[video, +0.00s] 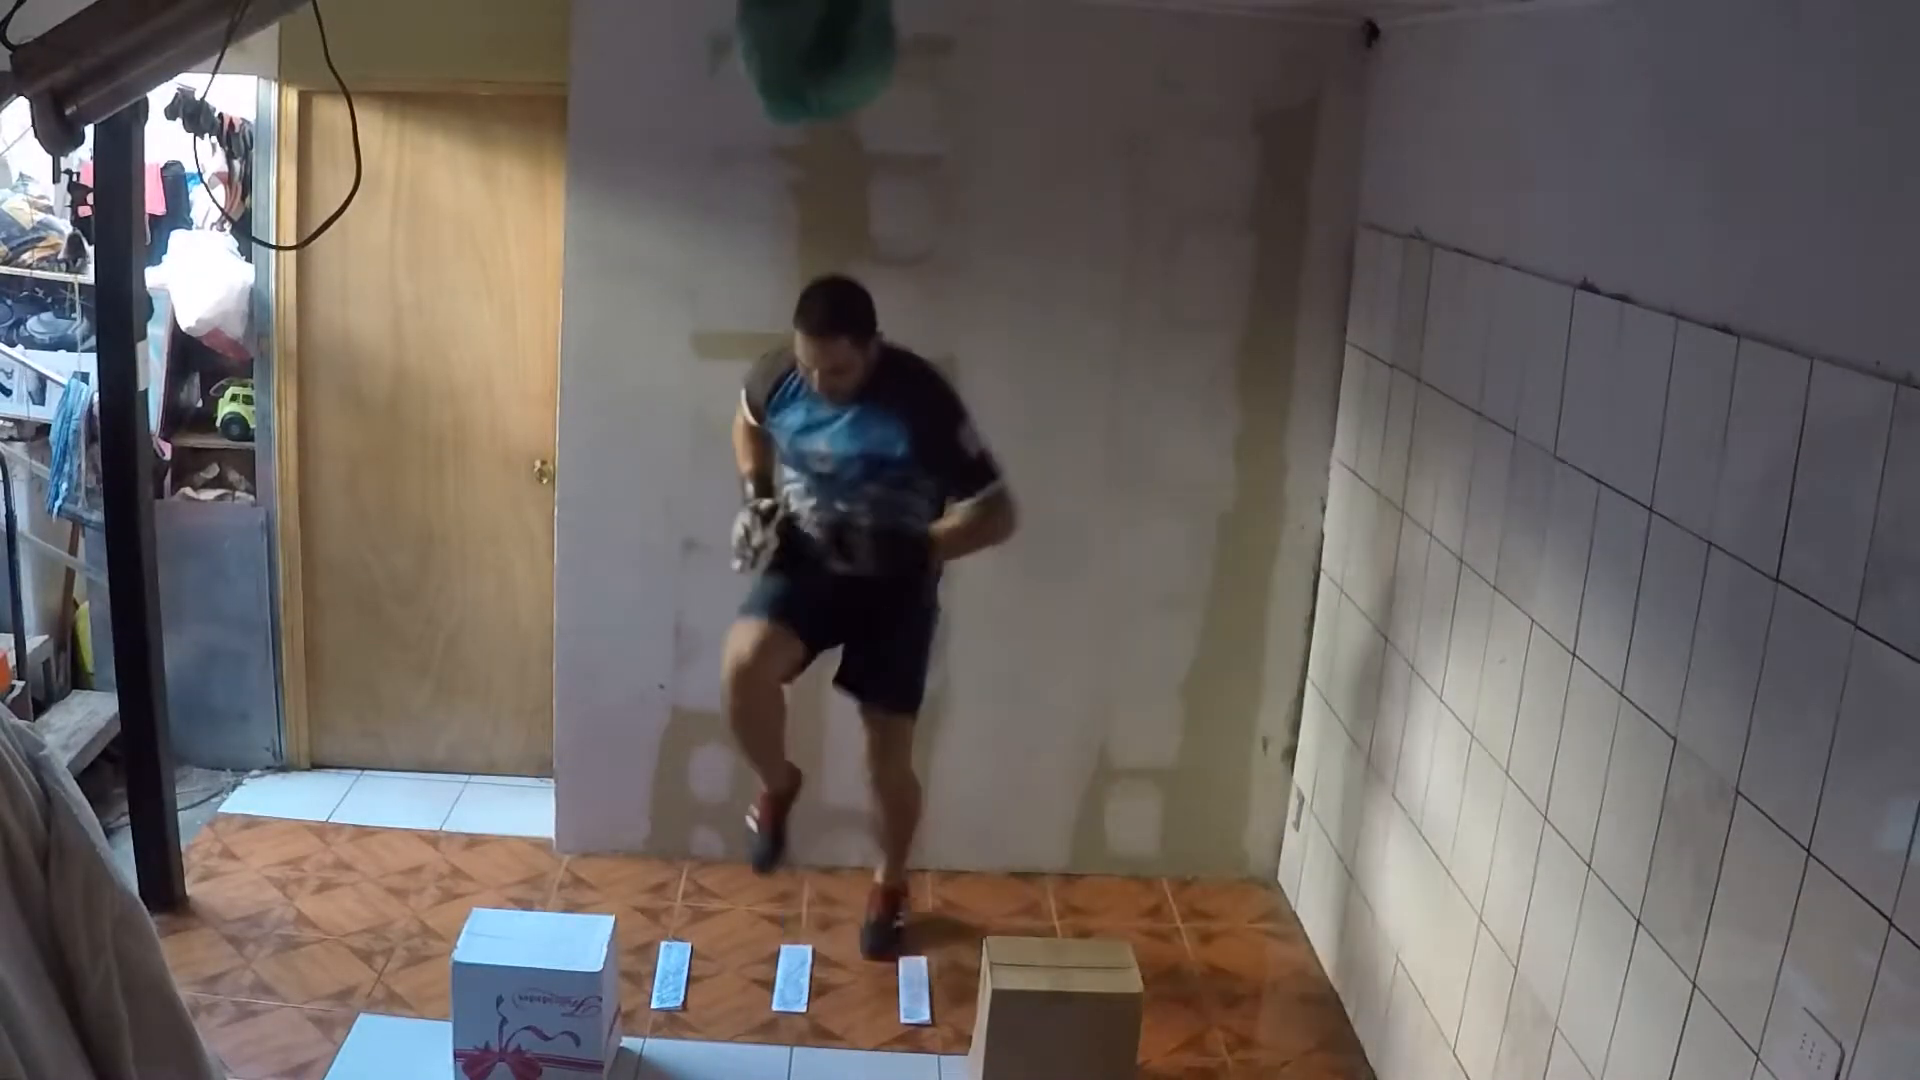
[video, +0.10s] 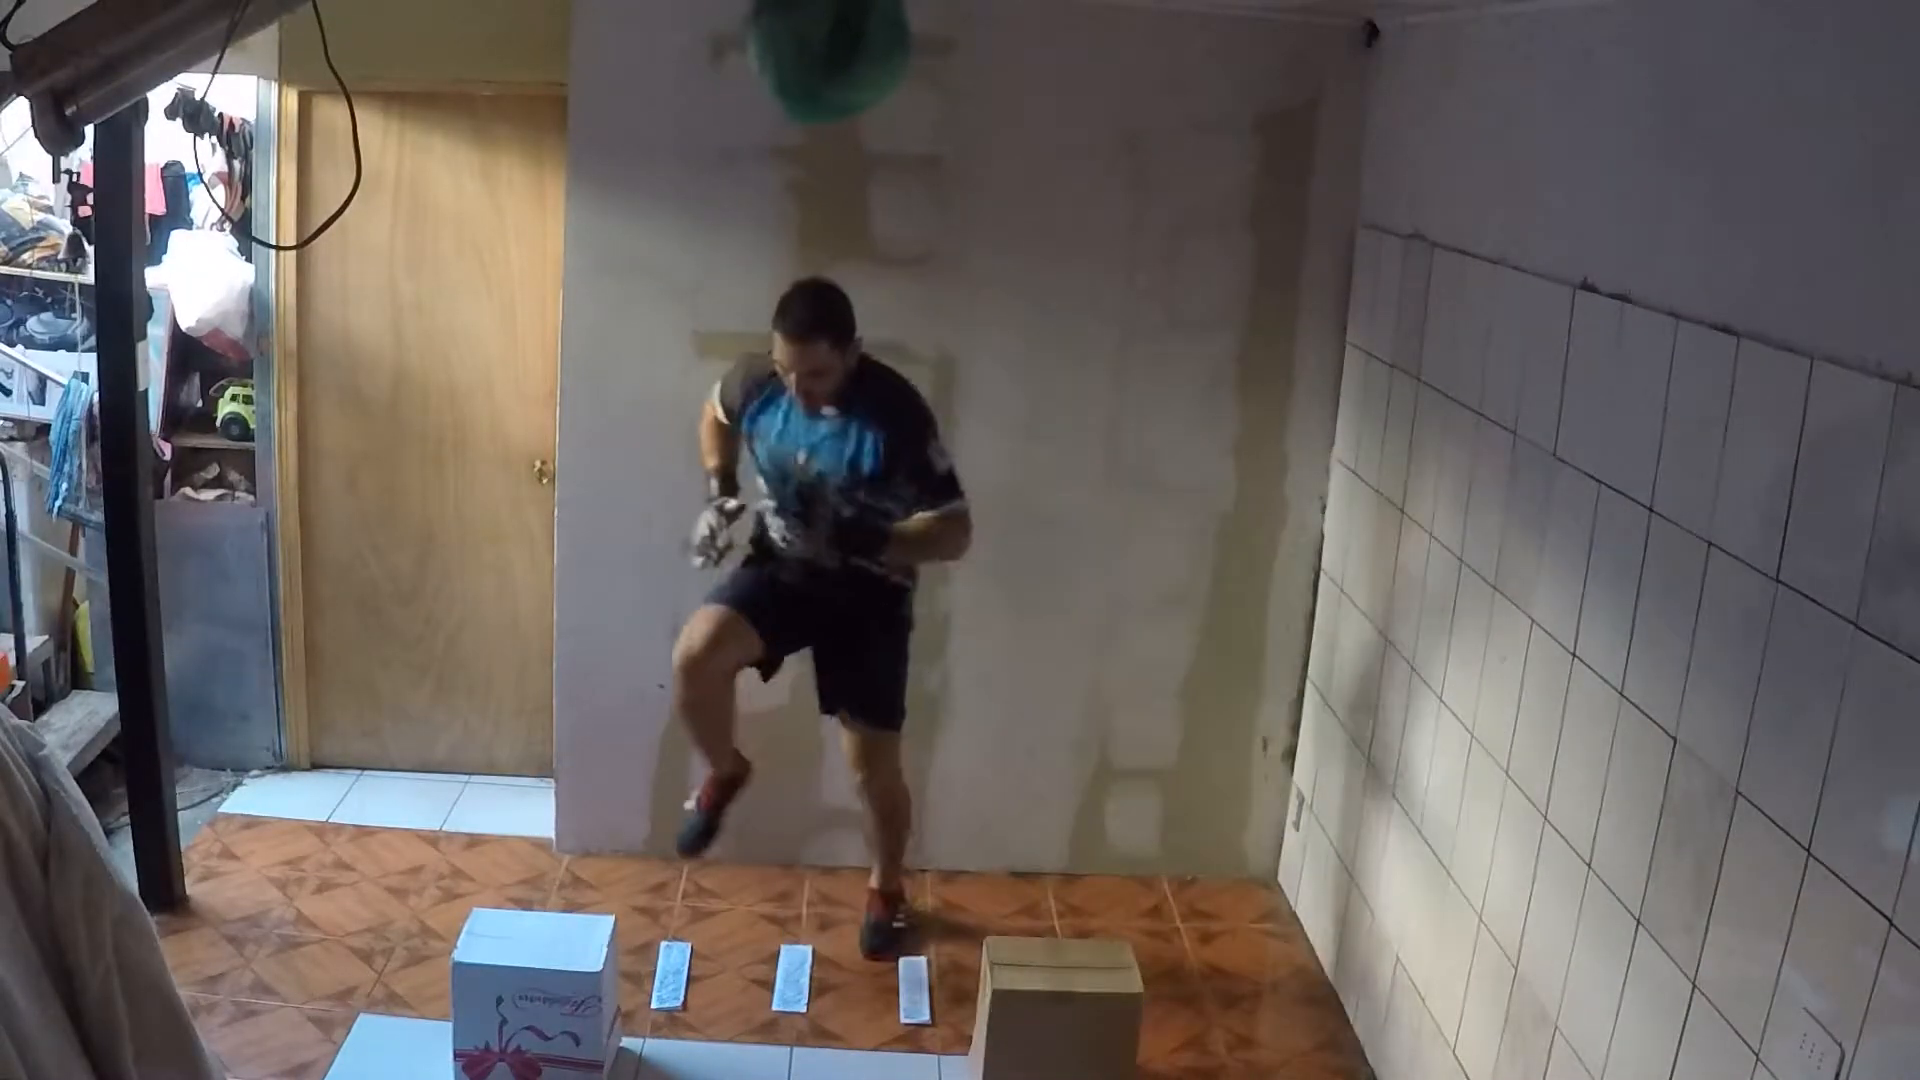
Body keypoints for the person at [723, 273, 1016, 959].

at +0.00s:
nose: (822, 381)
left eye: (838, 369)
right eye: (811, 367)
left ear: (870, 346)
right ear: (796, 344)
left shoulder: (918, 393)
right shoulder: (776, 380)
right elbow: (750, 422)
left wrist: (920, 545)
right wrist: (757, 503)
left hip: (895, 581)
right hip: (806, 567)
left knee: (887, 751)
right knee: (744, 669)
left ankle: (890, 885)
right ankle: (777, 783)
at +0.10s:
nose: (800, 385)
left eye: (816, 373)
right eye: (789, 369)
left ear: (849, 352)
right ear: (775, 350)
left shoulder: (893, 407)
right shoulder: (756, 383)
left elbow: (954, 529)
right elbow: (720, 415)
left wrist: (875, 539)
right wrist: (721, 494)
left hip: (867, 592)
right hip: (782, 570)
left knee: (873, 766)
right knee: (696, 657)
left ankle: (887, 891)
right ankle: (724, 771)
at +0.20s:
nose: (763, 355)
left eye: (778, 342)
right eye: (752, 340)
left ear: (811, 320)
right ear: (739, 321)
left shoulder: (865, 369)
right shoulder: (720, 366)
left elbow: (945, 473)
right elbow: (678, 420)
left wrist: (873, 522)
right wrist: (676, 483)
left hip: (832, 573)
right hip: (738, 562)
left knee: (847, 753)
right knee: (670, 713)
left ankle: (873, 868)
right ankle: (685, 822)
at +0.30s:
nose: (727, 367)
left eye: (741, 353)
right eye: (714, 352)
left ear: (772, 331)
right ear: (699, 332)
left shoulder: (826, 380)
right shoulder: (680, 384)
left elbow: (922, 442)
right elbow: (626, 464)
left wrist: (866, 531)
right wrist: (633, 493)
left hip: (795, 573)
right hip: (705, 574)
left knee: (802, 738)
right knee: (677, 745)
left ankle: (811, 823)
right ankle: (683, 858)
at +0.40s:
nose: (700, 367)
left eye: (715, 352)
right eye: (686, 352)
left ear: (746, 327)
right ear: (671, 332)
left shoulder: (798, 374)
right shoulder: (651, 385)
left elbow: (892, 438)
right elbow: (609, 471)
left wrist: (835, 527)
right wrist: (617, 504)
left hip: (767, 576)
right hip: (679, 579)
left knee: (770, 734)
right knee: (672, 741)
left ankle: (747, 826)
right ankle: (681, 854)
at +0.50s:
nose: (683, 356)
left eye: (699, 343)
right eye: (671, 340)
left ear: (732, 320)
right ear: (657, 319)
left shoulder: (788, 370)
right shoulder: (631, 368)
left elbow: (856, 469)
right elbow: (608, 445)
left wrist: (781, 510)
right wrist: (614, 511)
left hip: (753, 562)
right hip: (662, 555)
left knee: (741, 736)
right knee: (621, 720)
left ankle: (727, 858)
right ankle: (657, 811)